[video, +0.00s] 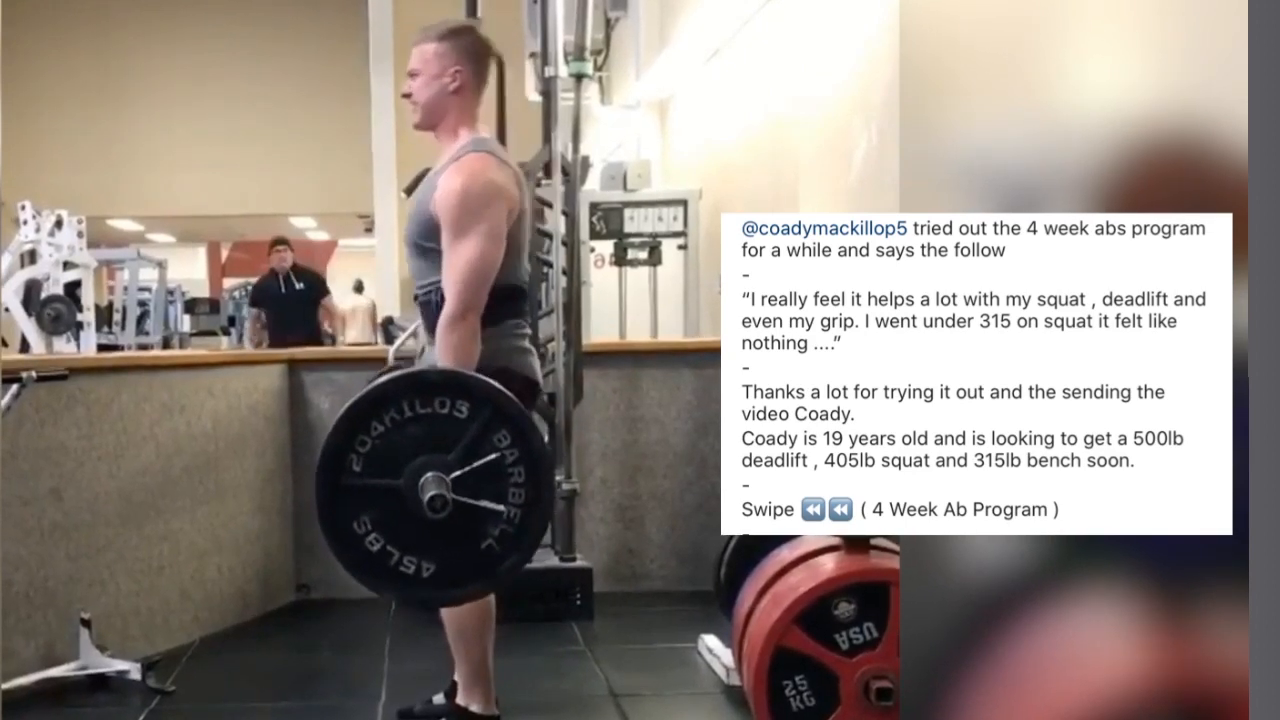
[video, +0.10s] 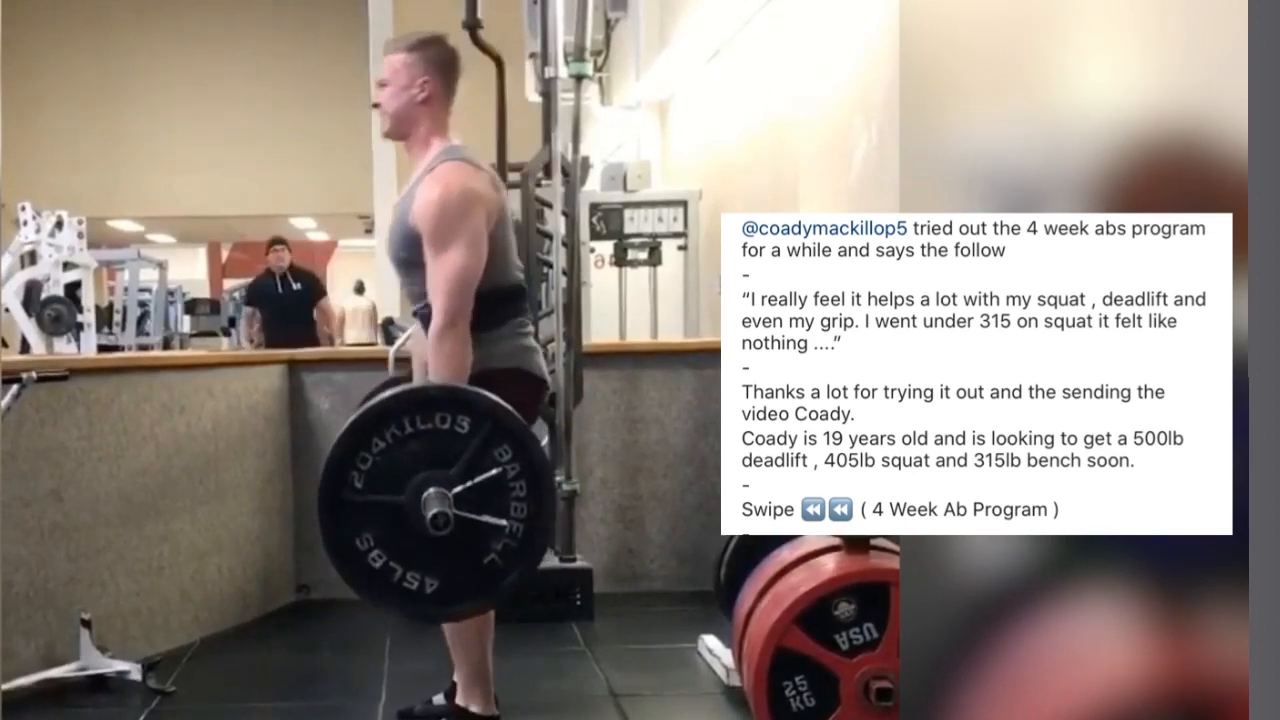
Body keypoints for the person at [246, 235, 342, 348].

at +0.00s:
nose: (282, 255)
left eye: (286, 250)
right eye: (277, 251)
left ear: (293, 254)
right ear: (269, 258)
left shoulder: (311, 278)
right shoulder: (262, 285)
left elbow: (333, 311)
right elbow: (254, 319)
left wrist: (339, 341)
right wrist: (252, 346)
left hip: (312, 351)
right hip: (278, 353)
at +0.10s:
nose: (280, 255)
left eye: (283, 250)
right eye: (274, 251)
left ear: (290, 255)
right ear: (267, 258)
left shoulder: (307, 278)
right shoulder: (258, 284)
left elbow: (326, 309)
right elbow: (248, 317)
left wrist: (333, 336)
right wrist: (246, 343)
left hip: (308, 350)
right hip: (274, 352)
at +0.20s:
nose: (278, 255)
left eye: (281, 251)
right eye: (273, 251)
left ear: (289, 256)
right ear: (265, 258)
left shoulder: (305, 279)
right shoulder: (256, 284)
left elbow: (322, 311)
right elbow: (244, 318)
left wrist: (330, 343)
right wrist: (242, 346)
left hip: (304, 352)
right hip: (270, 354)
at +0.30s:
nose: (277, 256)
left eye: (281, 251)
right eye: (272, 252)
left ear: (288, 257)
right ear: (264, 258)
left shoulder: (302, 281)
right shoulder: (255, 284)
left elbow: (318, 313)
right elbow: (242, 320)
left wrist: (324, 346)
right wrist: (239, 351)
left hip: (301, 354)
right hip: (266, 355)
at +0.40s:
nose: (277, 255)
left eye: (281, 251)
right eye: (272, 251)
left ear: (287, 256)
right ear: (263, 257)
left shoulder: (302, 282)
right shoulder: (253, 284)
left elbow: (317, 318)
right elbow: (240, 319)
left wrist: (324, 351)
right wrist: (235, 353)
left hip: (298, 355)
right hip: (263, 357)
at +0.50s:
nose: (275, 251)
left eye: (280, 248)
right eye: (270, 248)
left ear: (287, 254)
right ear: (263, 255)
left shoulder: (301, 281)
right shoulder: (250, 282)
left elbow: (314, 317)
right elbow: (236, 317)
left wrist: (323, 349)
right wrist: (228, 350)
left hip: (295, 354)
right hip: (260, 355)